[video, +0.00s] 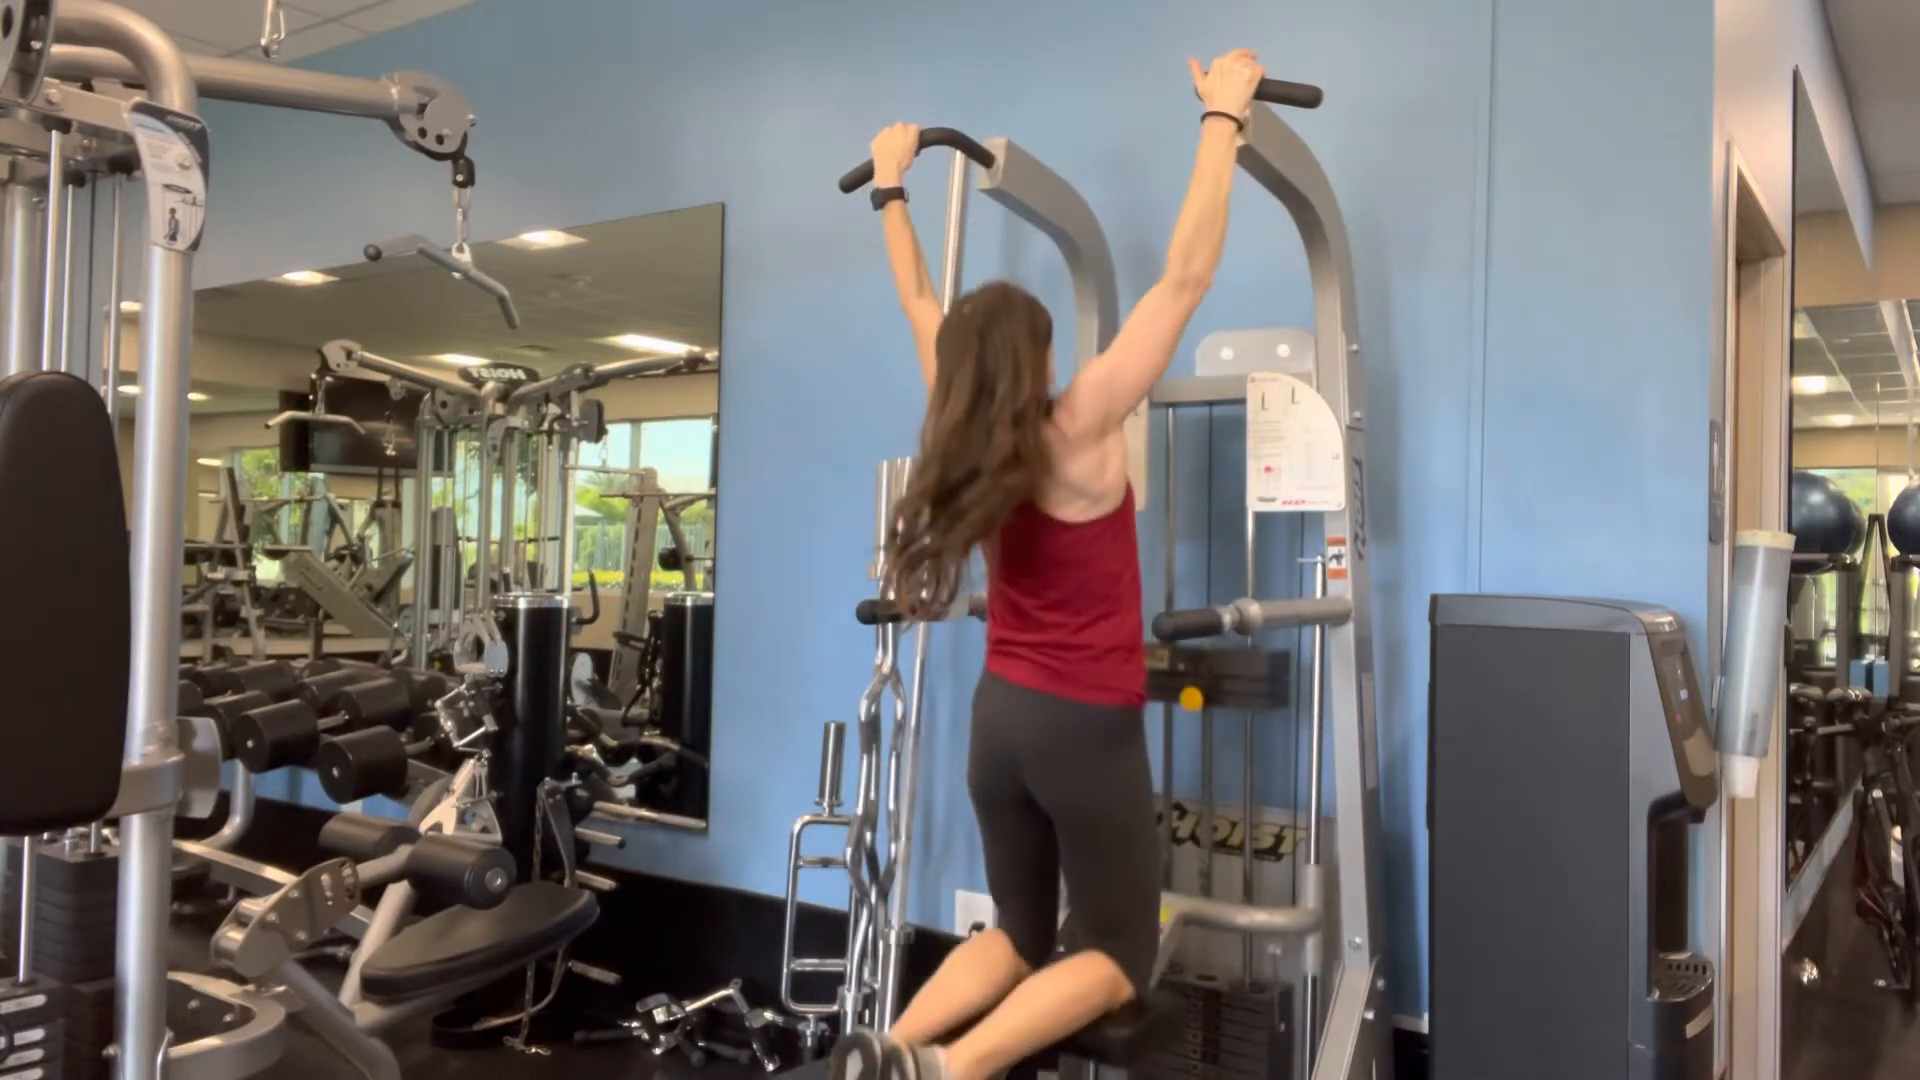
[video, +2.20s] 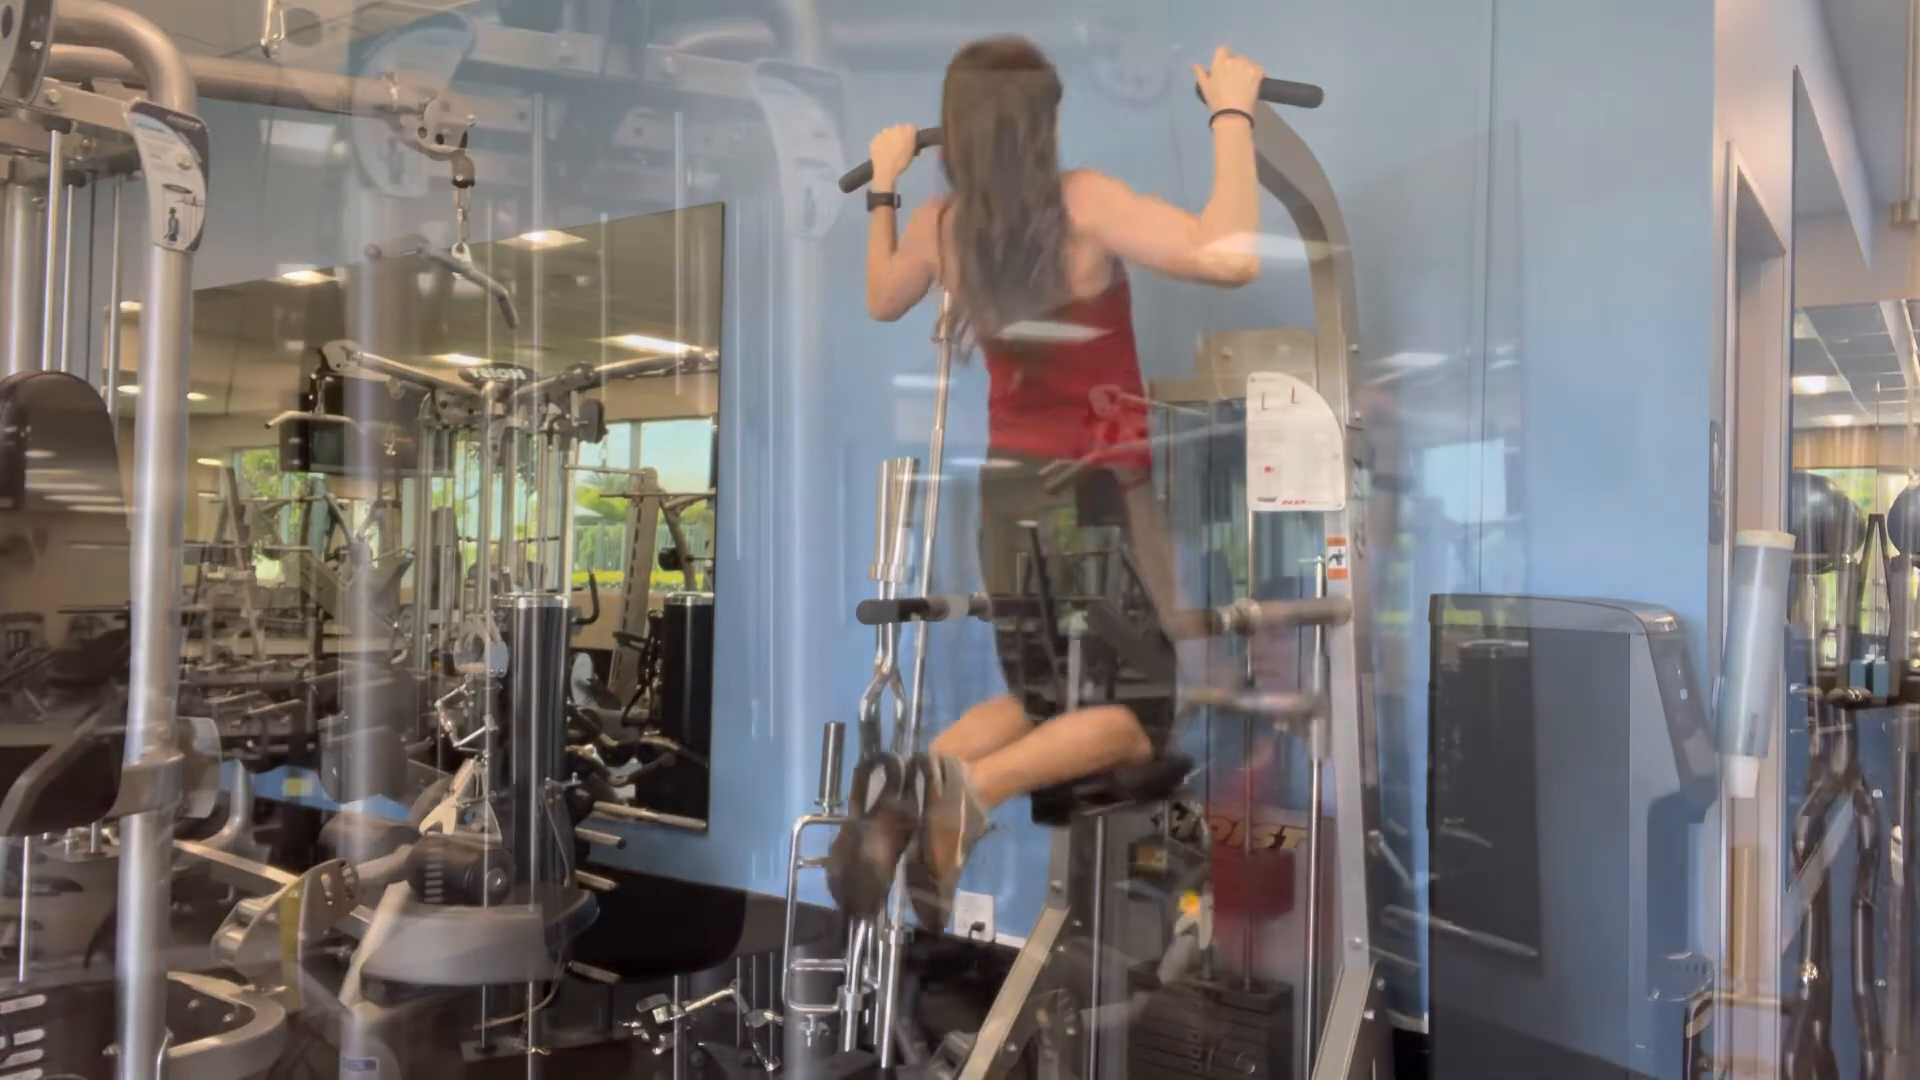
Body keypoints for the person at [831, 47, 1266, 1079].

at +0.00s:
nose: (1056, 336)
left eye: (1032, 331)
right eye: (1046, 329)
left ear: (966, 359)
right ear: (1040, 350)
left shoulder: (971, 428)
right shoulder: (1084, 420)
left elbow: (918, 303)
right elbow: (1186, 278)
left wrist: (888, 185)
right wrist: (1222, 119)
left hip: (1001, 717)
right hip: (1087, 731)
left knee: (1017, 933)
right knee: (1118, 958)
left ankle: (892, 1047)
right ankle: (957, 1065)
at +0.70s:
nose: (1049, 225)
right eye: (1041, 212)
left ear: (953, 234)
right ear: (1034, 227)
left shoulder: (944, 328)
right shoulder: (1074, 308)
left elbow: (891, 289)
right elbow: (1234, 263)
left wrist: (886, 186)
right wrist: (1230, 116)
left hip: (998, 601)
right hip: (1088, 605)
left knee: (1024, 815)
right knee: (1129, 835)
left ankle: (905, 927)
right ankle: (962, 936)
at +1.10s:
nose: (1066, 84)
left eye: (1059, 70)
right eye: (1062, 70)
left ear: (966, 84)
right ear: (1050, 79)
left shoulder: (948, 185)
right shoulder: (1088, 163)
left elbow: (882, 293)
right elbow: (1213, 255)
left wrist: (882, 181)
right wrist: (1231, 115)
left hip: (1007, 453)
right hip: (1094, 457)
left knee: (1029, 680)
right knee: (1134, 690)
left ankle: (908, 791)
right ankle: (968, 795)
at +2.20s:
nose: (1057, 120)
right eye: (1053, 106)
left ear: (955, 126)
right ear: (1044, 117)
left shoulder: (943, 222)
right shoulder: (1083, 200)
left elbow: (884, 297)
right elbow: (1228, 255)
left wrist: (880, 188)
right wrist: (1233, 114)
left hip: (1005, 490)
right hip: (1088, 493)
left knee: (1041, 697)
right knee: (1144, 713)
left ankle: (912, 782)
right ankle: (973, 789)